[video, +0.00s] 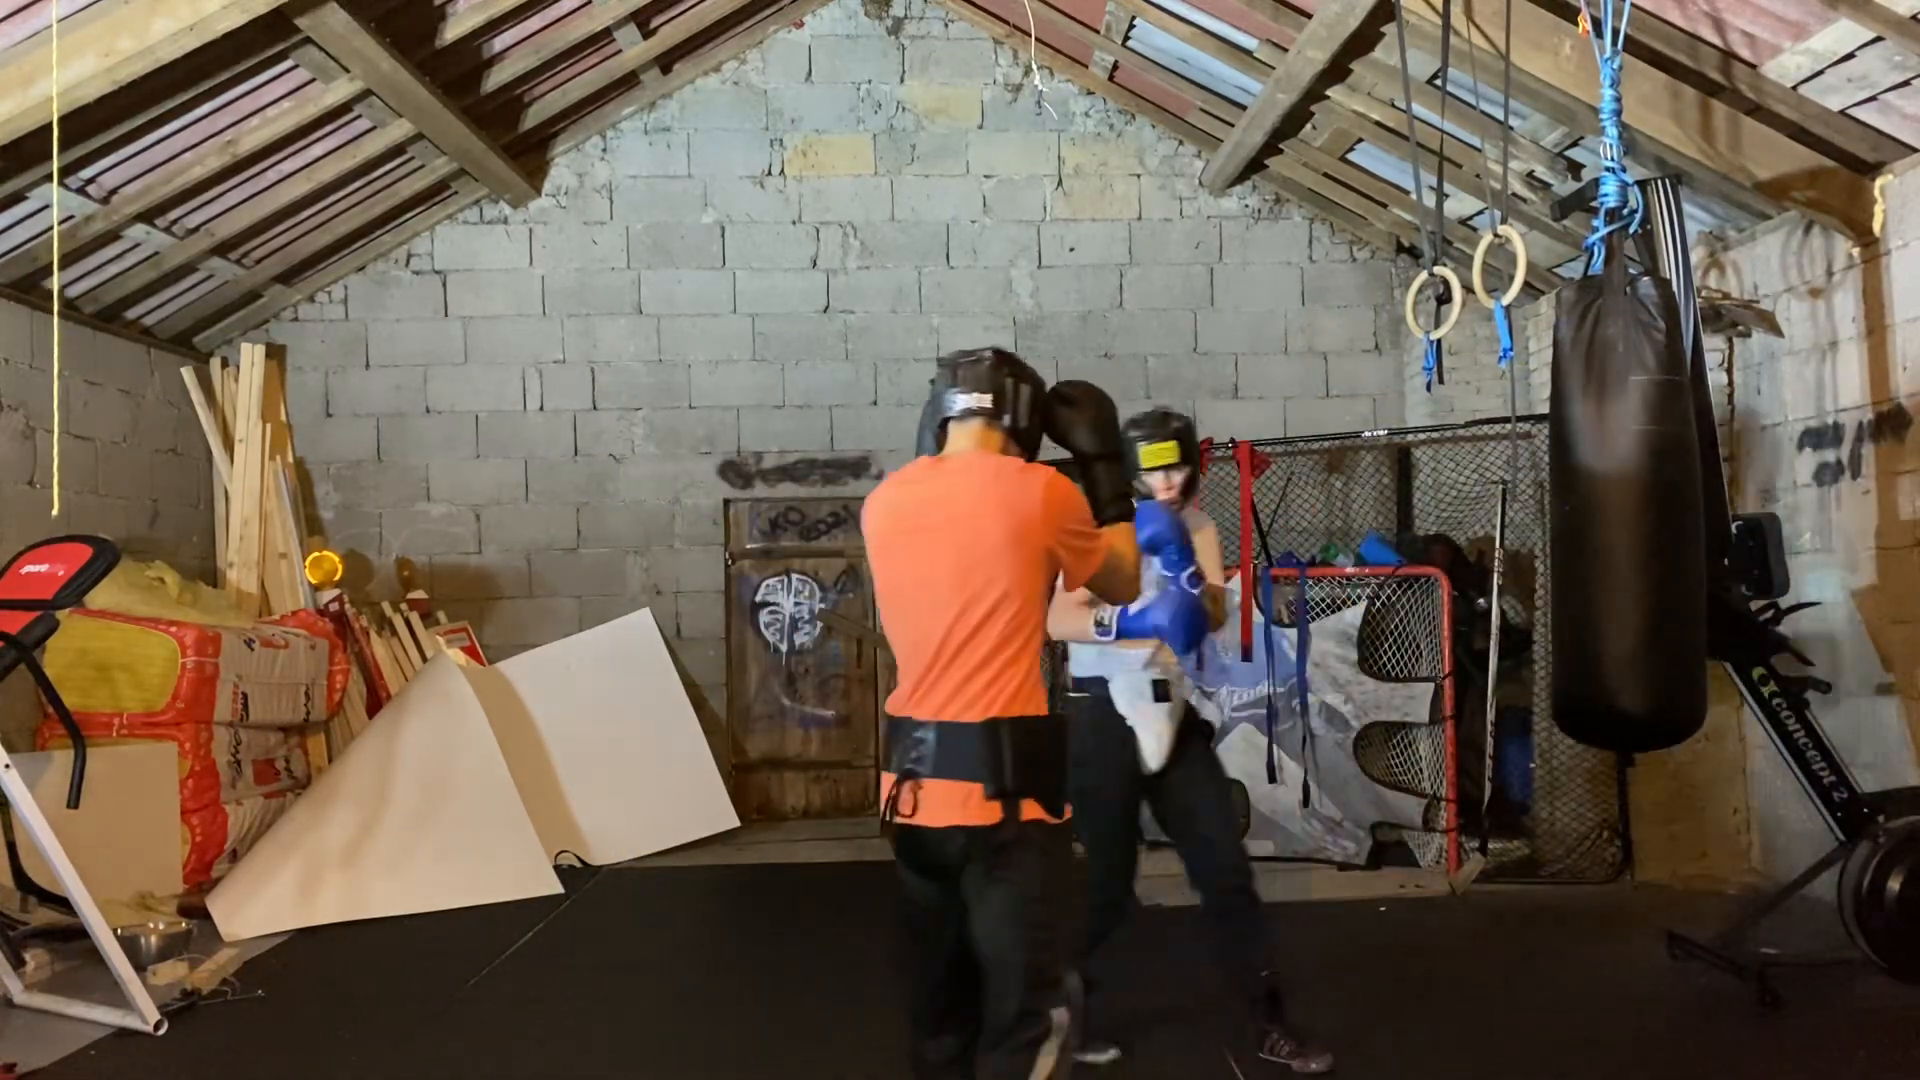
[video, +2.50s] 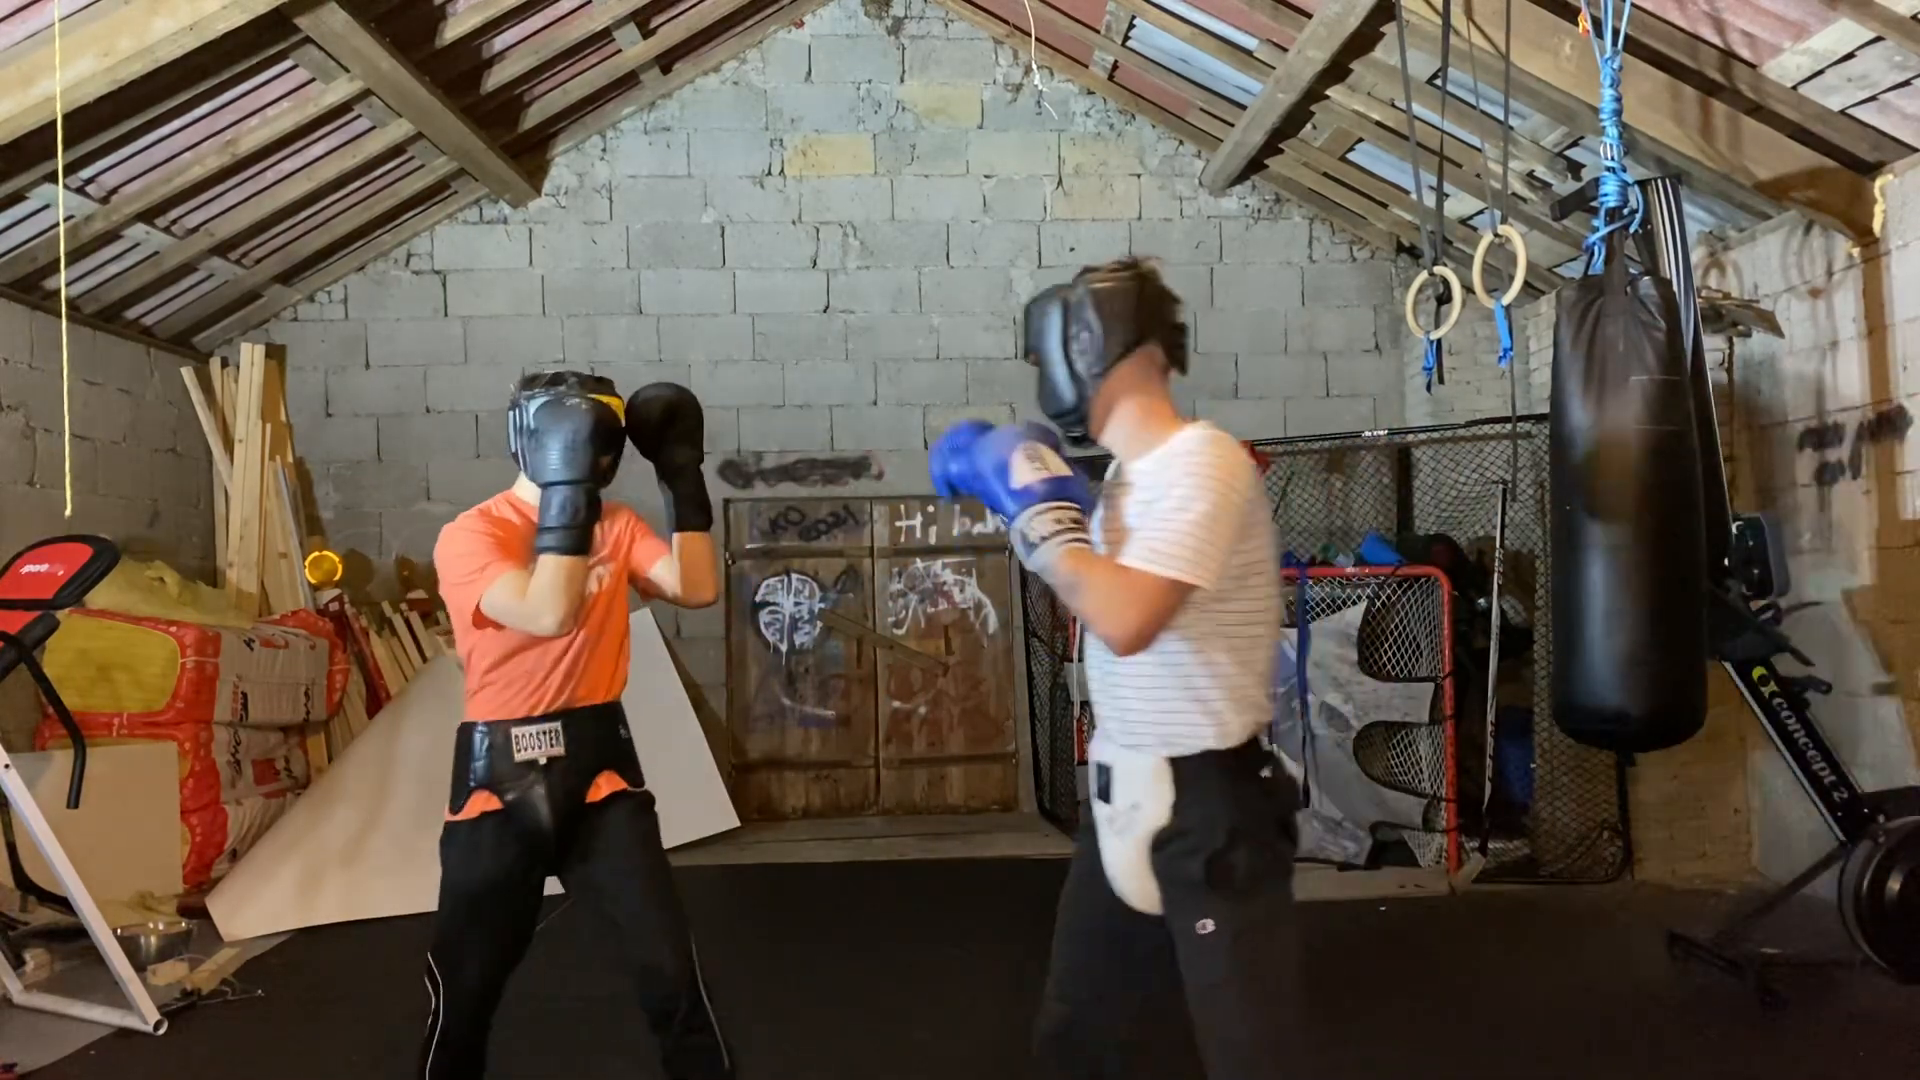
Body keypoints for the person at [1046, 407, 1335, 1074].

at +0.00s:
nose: (1169, 483)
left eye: (1179, 469)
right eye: (1155, 472)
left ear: (1195, 469)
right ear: (1129, 475)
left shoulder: (1198, 529)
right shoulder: (1103, 531)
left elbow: (1218, 617)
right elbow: (1058, 619)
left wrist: (1198, 584)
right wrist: (1133, 635)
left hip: (1172, 708)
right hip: (1097, 711)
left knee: (1224, 867)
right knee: (1108, 879)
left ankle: (1265, 1028)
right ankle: (1073, 1015)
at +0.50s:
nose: (1226, 471)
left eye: (1237, 455)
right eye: (1211, 459)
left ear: (1261, 453)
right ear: (1192, 464)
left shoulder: (1294, 523)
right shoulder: (1161, 534)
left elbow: (1319, 614)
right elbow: (1114, 620)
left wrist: (1256, 569)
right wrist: (1108, 620)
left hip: (1277, 727)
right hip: (1187, 729)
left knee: (1273, 892)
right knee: (1180, 900)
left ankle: (1275, 1030)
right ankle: (1150, 1058)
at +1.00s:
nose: (1230, 451)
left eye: (1244, 432)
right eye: (1216, 434)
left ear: (1282, 433)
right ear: (1201, 441)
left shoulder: (1331, 503)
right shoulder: (1169, 513)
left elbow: (1354, 620)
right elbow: (1114, 614)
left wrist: (1270, 555)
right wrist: (1114, 620)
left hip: (1315, 733)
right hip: (1209, 737)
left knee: (1383, 922)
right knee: (1184, 936)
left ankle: (1436, 1054)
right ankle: (1156, 1068)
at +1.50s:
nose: (1280, 414)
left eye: (1291, 389)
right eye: (1274, 397)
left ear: (1348, 386)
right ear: (1285, 411)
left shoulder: (1442, 476)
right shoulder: (1282, 490)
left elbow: (1429, 594)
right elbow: (1255, 610)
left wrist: (1310, 501)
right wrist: (1192, 576)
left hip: (1423, 754)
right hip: (1306, 755)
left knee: (1452, 964)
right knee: (1265, 973)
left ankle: (1489, 1076)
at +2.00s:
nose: (1129, 398)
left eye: (1140, 371)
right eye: (1127, 376)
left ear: (1210, 368)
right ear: (1211, 369)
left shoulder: (1312, 460)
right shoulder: (1157, 482)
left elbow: (1297, 601)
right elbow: (1111, 574)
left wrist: (1173, 516)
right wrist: (1018, 533)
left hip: (1310, 765)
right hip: (1195, 770)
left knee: (1341, 1029)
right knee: (1184, 1022)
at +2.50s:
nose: (1048, 371)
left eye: (1055, 347)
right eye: (1047, 350)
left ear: (1089, 348)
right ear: (1146, 347)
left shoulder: (1204, 463)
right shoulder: (1124, 485)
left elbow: (1127, 618)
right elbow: (1102, 602)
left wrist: (1040, 513)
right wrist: (1026, 504)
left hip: (1213, 801)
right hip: (1127, 799)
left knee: (1252, 1054)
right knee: (1077, 1040)